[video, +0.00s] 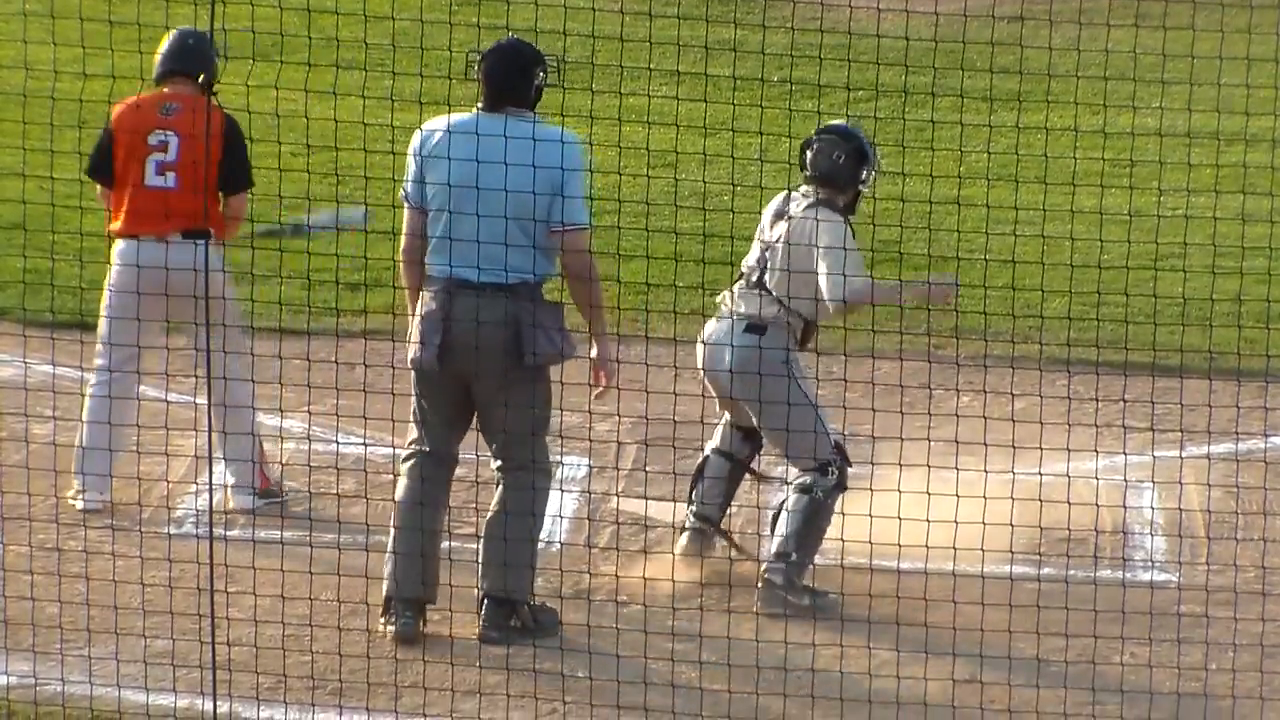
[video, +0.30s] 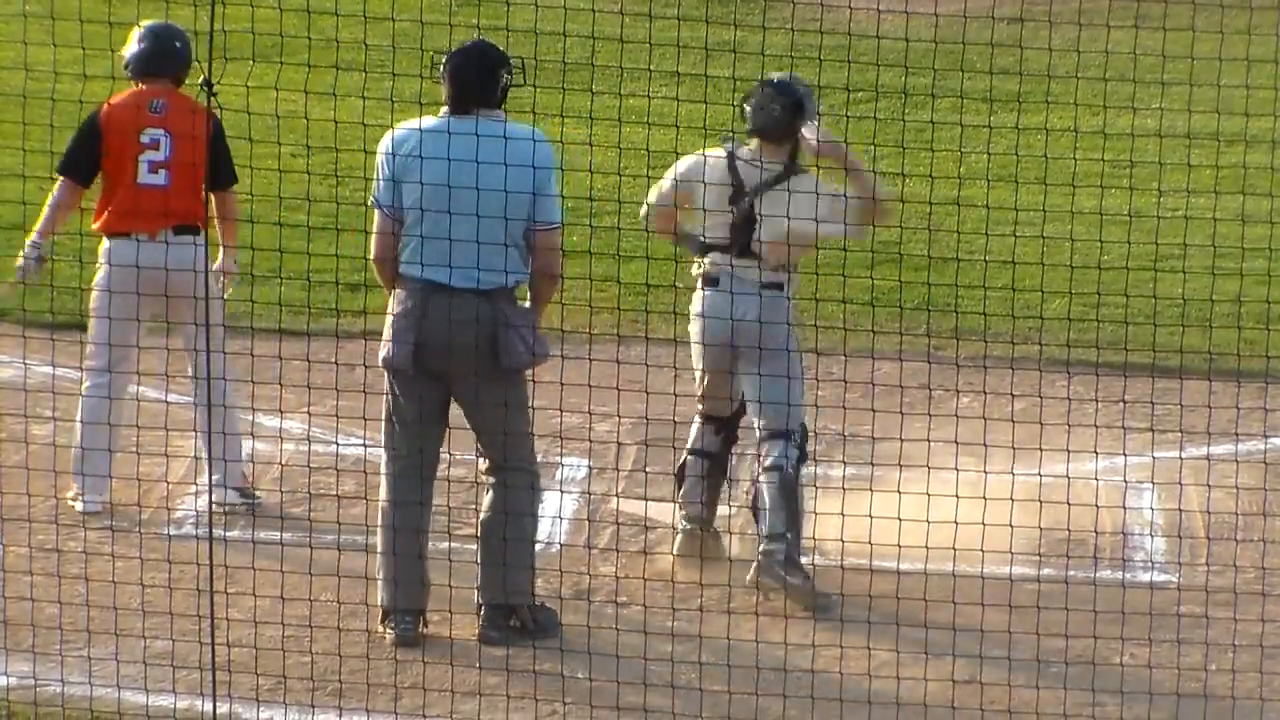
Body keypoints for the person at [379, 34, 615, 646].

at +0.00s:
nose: (542, 93)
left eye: (538, 84)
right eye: (541, 85)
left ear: (481, 86)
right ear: (534, 90)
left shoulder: (433, 136)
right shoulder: (560, 148)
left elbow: (412, 243)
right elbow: (575, 258)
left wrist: (420, 316)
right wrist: (600, 335)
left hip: (440, 317)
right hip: (515, 323)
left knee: (429, 452)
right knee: (524, 463)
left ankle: (403, 603)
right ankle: (504, 604)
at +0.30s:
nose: (502, 96)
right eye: (503, 88)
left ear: (444, 88)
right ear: (502, 91)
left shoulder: (402, 142)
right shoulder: (533, 148)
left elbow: (382, 253)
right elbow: (547, 259)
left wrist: (410, 295)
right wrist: (534, 322)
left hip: (414, 318)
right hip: (492, 323)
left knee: (407, 466)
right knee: (511, 466)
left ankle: (402, 610)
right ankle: (505, 608)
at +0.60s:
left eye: (426, 87)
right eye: (486, 90)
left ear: (428, 90)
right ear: (484, 93)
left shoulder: (385, 144)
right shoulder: (517, 148)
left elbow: (358, 253)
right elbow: (529, 256)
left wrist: (339, 333)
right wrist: (517, 316)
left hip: (403, 323)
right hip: (478, 327)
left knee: (402, 473)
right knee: (504, 469)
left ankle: (402, 614)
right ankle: (505, 607)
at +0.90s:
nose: (492, 98)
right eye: (492, 90)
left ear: (430, 89)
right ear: (485, 93)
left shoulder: (386, 143)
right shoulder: (516, 146)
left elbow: (357, 252)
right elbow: (532, 256)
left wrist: (341, 331)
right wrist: (537, 332)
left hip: (407, 324)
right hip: (484, 328)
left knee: (402, 469)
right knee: (516, 465)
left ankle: (400, 614)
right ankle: (513, 605)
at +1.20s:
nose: (528, 97)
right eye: (527, 90)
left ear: (465, 91)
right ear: (520, 93)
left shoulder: (420, 140)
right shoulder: (550, 145)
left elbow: (397, 248)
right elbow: (565, 256)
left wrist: (403, 321)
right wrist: (566, 333)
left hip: (440, 323)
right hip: (517, 326)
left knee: (424, 470)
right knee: (535, 470)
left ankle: (404, 613)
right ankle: (531, 611)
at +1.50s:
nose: (574, 101)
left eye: (569, 94)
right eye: (572, 94)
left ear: (512, 95)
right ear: (565, 98)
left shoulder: (462, 141)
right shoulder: (591, 150)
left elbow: (439, 252)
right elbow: (606, 255)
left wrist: (443, 318)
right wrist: (610, 336)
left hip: (477, 321)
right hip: (553, 327)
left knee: (448, 446)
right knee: (550, 472)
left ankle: (417, 580)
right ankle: (531, 611)